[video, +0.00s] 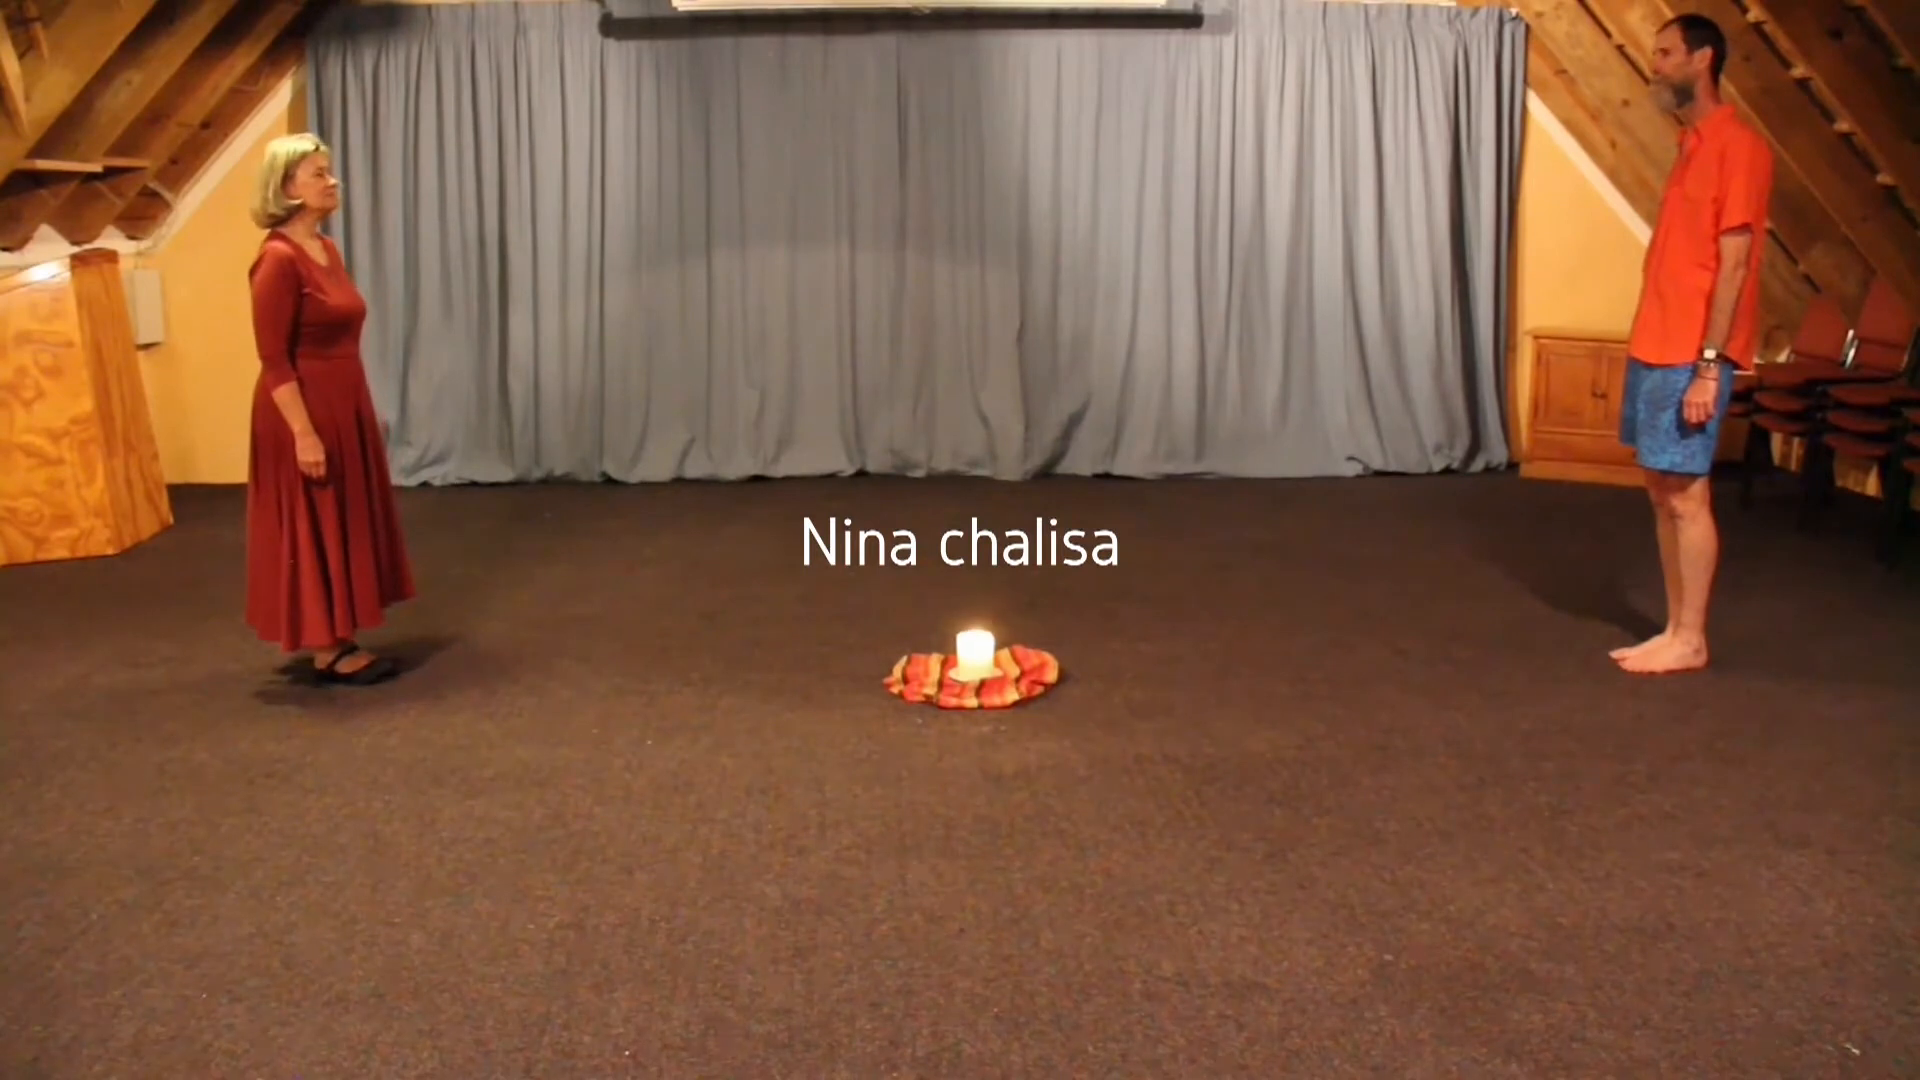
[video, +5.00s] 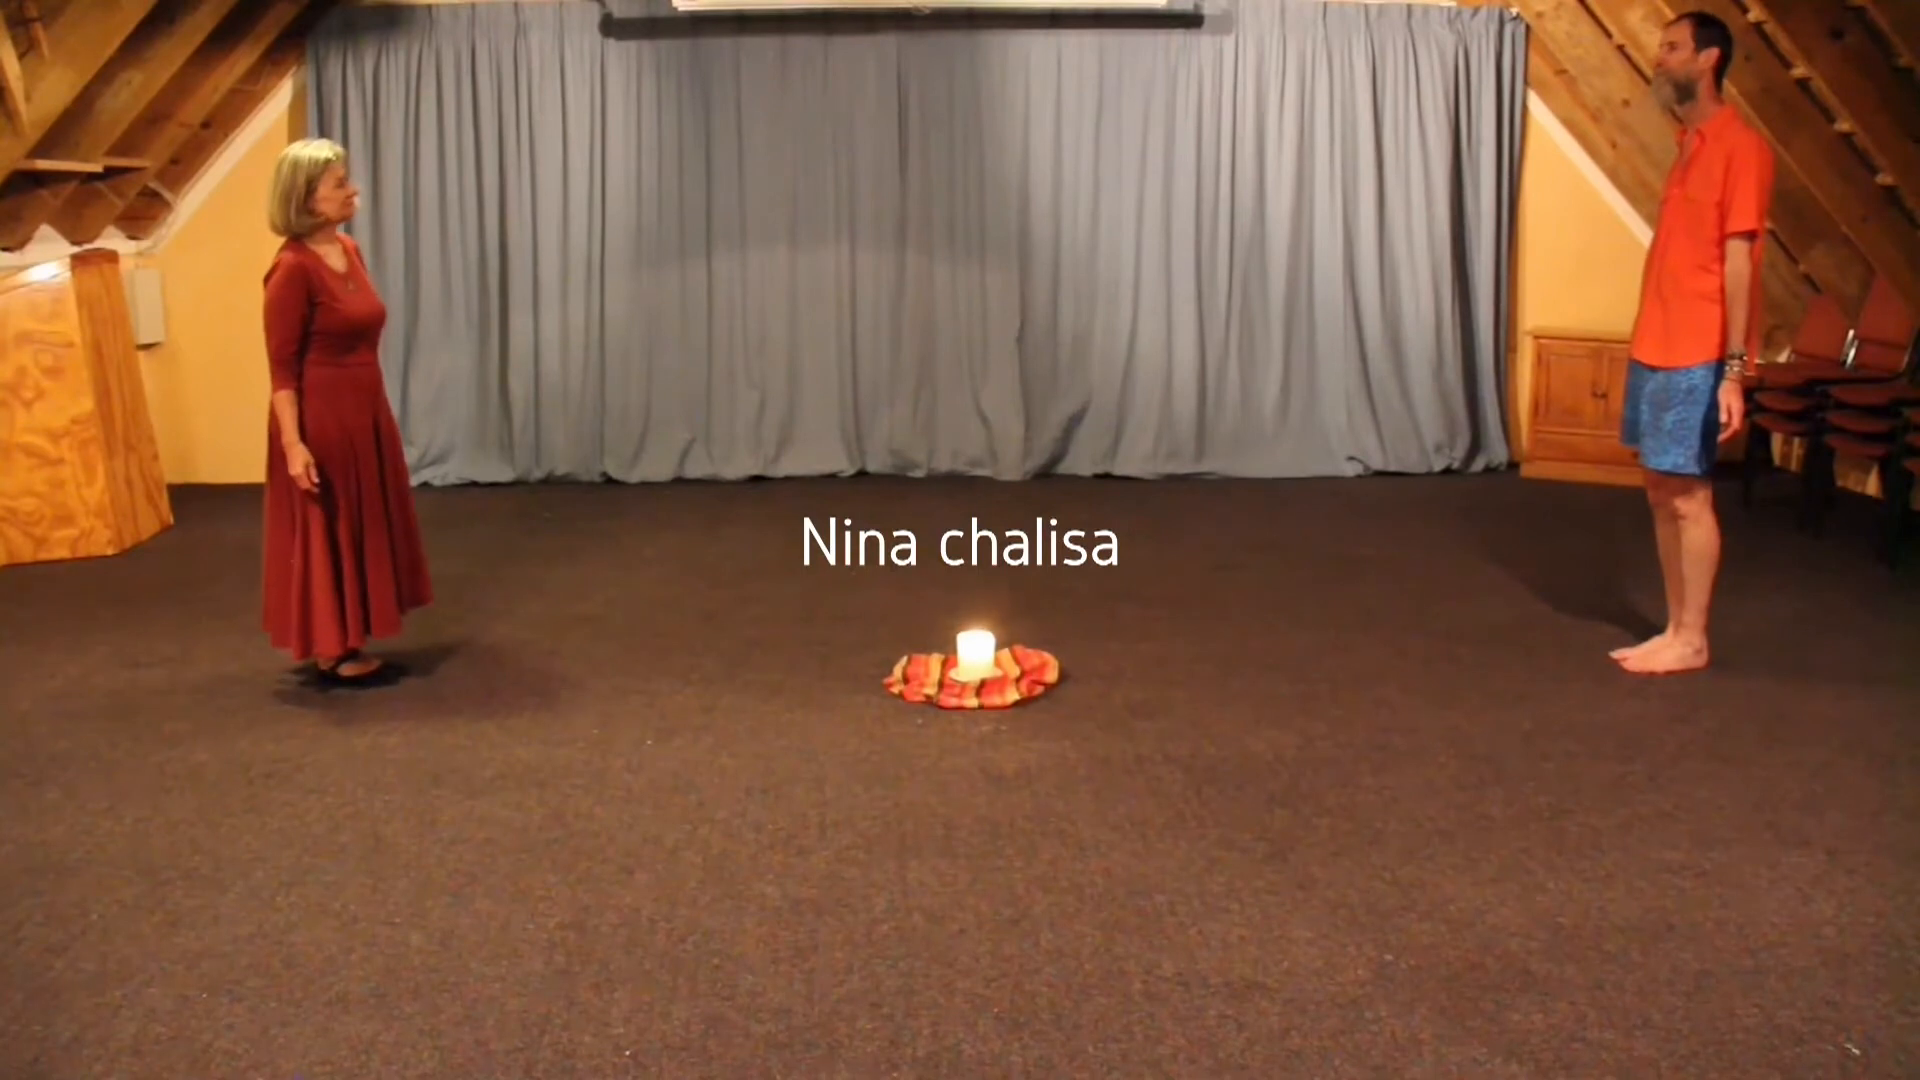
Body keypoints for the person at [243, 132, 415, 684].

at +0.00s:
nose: (333, 182)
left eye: (330, 172)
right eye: (319, 175)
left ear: (323, 183)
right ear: (289, 188)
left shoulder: (327, 249)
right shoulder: (277, 259)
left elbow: (339, 344)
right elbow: (273, 359)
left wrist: (363, 409)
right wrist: (303, 431)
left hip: (342, 403)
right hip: (304, 409)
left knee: (339, 519)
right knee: (313, 524)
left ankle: (336, 642)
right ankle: (325, 648)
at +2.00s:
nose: (345, 182)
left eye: (341, 173)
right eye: (331, 176)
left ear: (331, 187)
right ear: (300, 193)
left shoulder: (348, 249)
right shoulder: (290, 262)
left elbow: (366, 347)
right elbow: (286, 362)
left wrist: (390, 418)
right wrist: (304, 437)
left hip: (365, 406)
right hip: (322, 413)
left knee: (357, 520)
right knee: (326, 524)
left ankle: (346, 644)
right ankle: (328, 648)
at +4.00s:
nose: (353, 191)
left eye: (350, 181)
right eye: (342, 184)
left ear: (336, 189)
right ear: (310, 194)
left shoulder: (339, 248)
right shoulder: (296, 264)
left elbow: (351, 346)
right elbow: (289, 364)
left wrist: (372, 413)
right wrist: (308, 440)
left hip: (357, 407)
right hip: (322, 414)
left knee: (351, 523)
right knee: (327, 527)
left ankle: (344, 642)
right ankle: (330, 647)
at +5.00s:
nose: (351, 192)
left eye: (349, 182)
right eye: (339, 186)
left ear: (343, 188)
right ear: (307, 198)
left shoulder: (347, 250)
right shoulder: (291, 268)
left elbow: (359, 341)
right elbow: (282, 366)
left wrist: (376, 410)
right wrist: (292, 442)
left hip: (362, 407)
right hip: (319, 413)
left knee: (354, 520)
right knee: (325, 525)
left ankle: (343, 641)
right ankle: (329, 647)